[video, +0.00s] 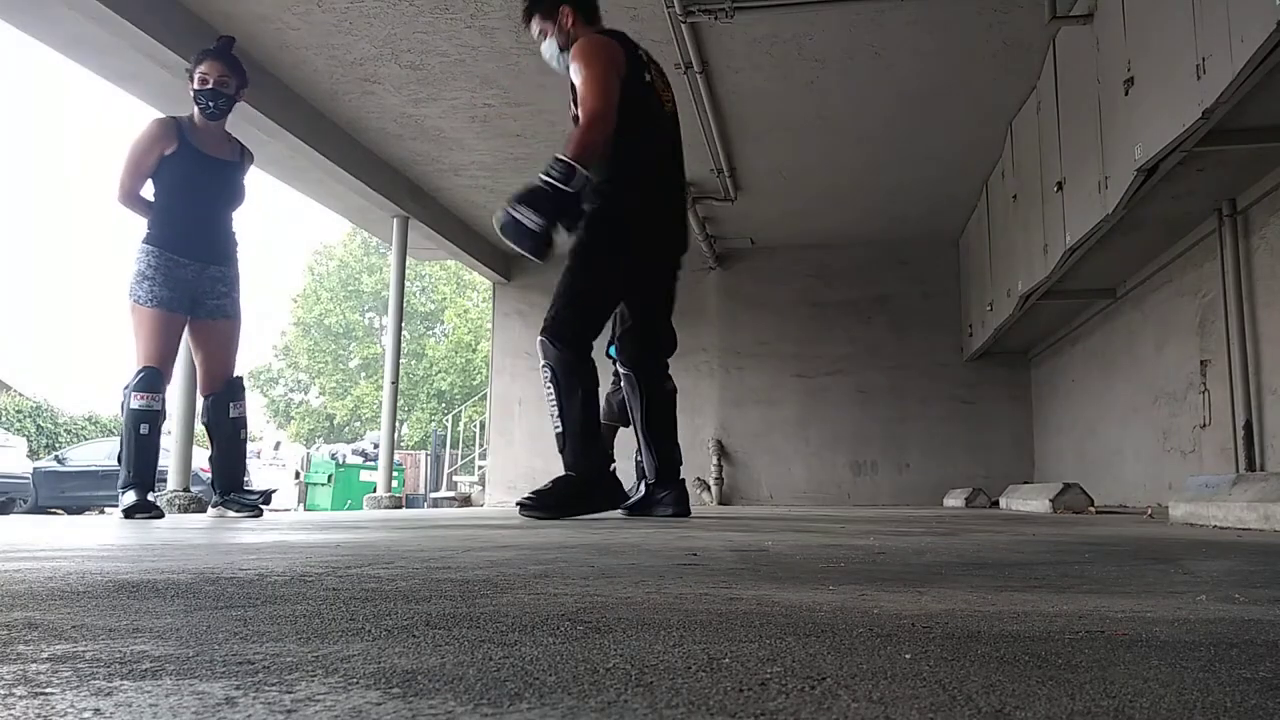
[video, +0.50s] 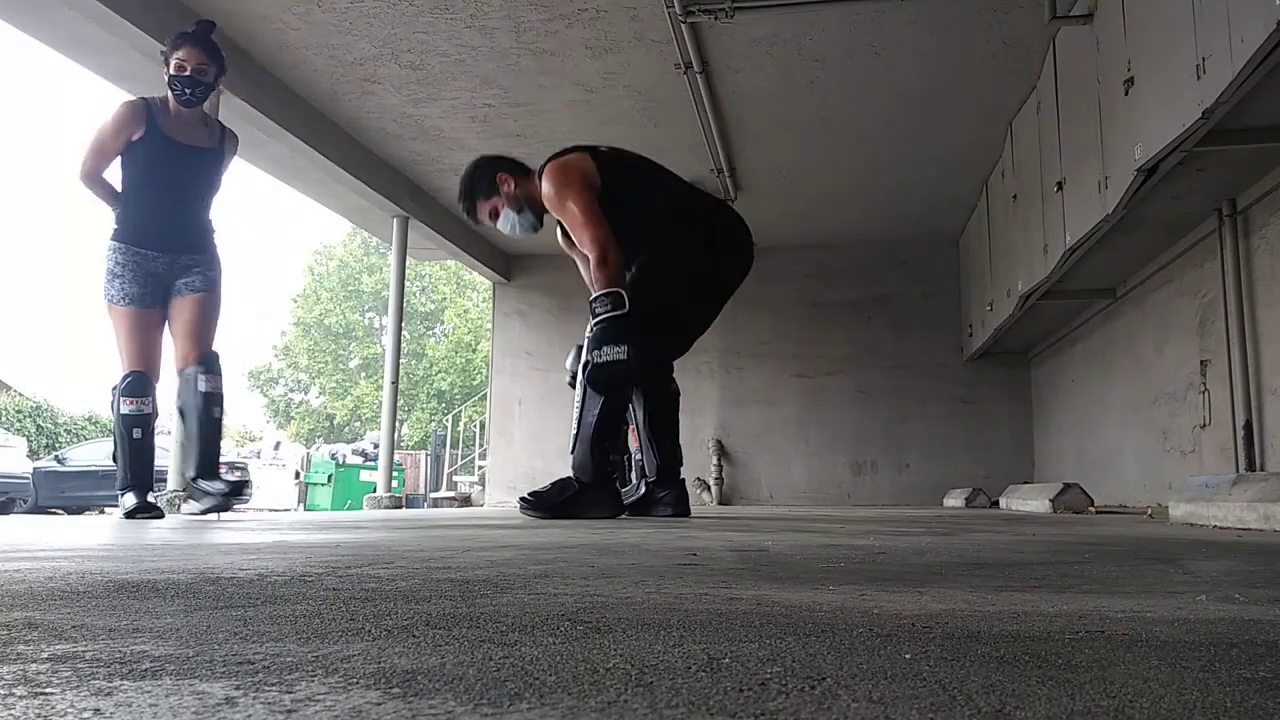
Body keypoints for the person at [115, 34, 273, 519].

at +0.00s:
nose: (212, 89)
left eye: (223, 82)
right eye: (204, 79)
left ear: (239, 92)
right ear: (190, 84)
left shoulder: (241, 154)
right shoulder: (165, 130)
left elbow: (228, 205)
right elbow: (127, 194)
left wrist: (200, 224)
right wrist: (167, 220)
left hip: (219, 271)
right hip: (164, 263)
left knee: (221, 381)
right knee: (152, 374)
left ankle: (228, 487)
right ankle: (137, 489)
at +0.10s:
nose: (205, 87)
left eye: (216, 80)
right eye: (197, 77)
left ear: (232, 91)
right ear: (183, 81)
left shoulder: (234, 152)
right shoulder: (155, 127)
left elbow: (218, 205)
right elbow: (118, 190)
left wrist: (193, 224)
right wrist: (158, 218)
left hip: (211, 269)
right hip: (155, 261)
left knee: (221, 382)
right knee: (146, 374)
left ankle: (229, 487)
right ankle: (138, 490)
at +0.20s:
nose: (199, 84)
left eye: (210, 77)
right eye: (190, 75)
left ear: (225, 89)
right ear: (176, 79)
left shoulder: (229, 150)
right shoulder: (147, 124)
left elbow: (212, 201)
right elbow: (110, 186)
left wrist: (182, 219)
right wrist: (150, 215)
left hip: (205, 267)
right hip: (147, 260)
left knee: (225, 377)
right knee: (142, 377)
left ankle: (228, 479)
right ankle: (137, 490)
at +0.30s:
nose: (194, 82)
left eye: (206, 75)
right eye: (186, 72)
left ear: (221, 86)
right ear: (171, 75)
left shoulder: (225, 146)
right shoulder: (142, 119)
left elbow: (207, 198)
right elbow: (103, 181)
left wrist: (184, 220)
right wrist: (145, 212)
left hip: (200, 264)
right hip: (141, 259)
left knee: (224, 372)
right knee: (140, 380)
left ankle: (219, 475)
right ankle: (136, 491)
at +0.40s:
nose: (191, 78)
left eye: (203, 71)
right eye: (183, 68)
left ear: (217, 82)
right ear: (168, 71)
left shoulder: (225, 142)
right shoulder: (139, 116)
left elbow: (208, 193)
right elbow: (98, 177)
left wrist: (180, 213)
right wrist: (138, 208)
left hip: (198, 260)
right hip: (138, 257)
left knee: (213, 368)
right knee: (139, 378)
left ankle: (212, 481)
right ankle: (136, 491)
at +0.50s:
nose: (188, 77)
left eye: (200, 70)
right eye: (180, 66)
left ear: (216, 79)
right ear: (166, 69)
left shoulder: (226, 141)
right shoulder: (137, 113)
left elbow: (204, 197)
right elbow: (90, 172)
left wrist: (188, 223)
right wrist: (128, 210)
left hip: (196, 258)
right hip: (135, 255)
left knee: (200, 366)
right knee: (139, 378)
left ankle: (205, 479)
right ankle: (137, 492)